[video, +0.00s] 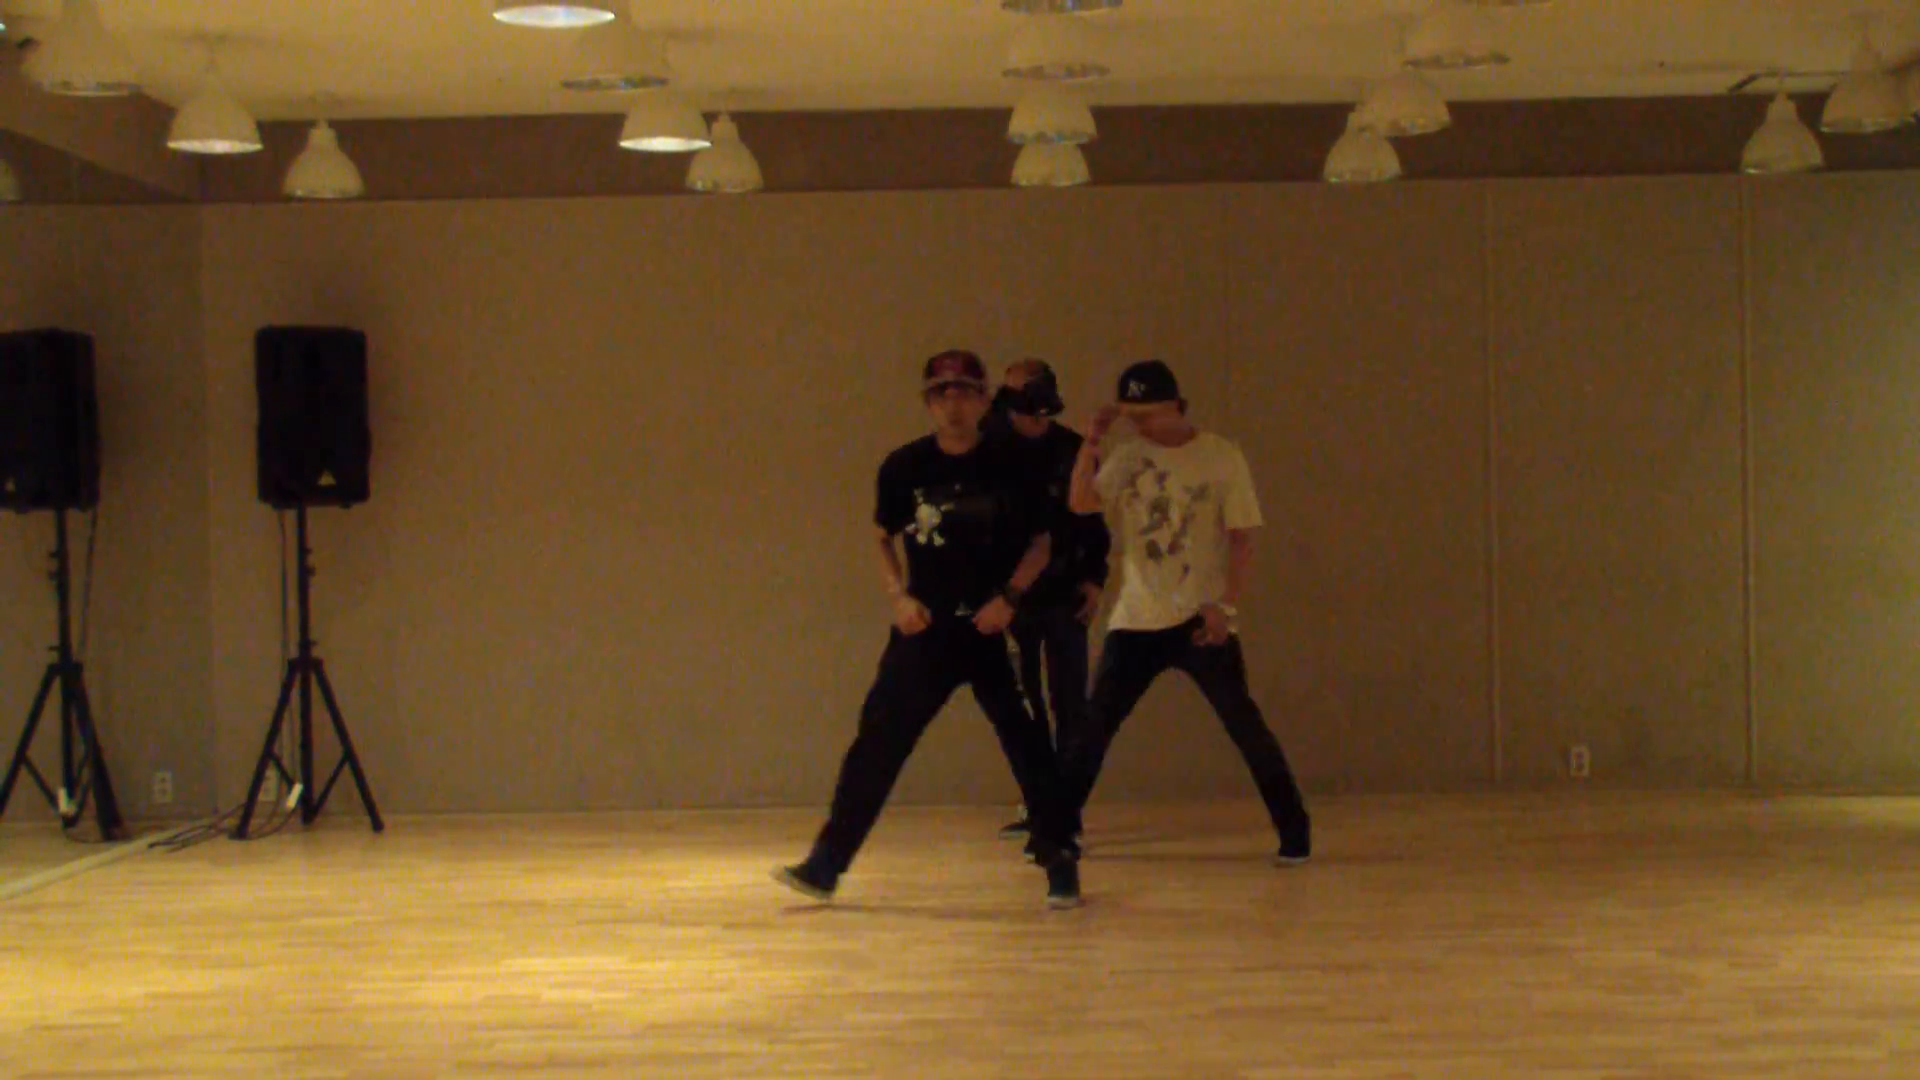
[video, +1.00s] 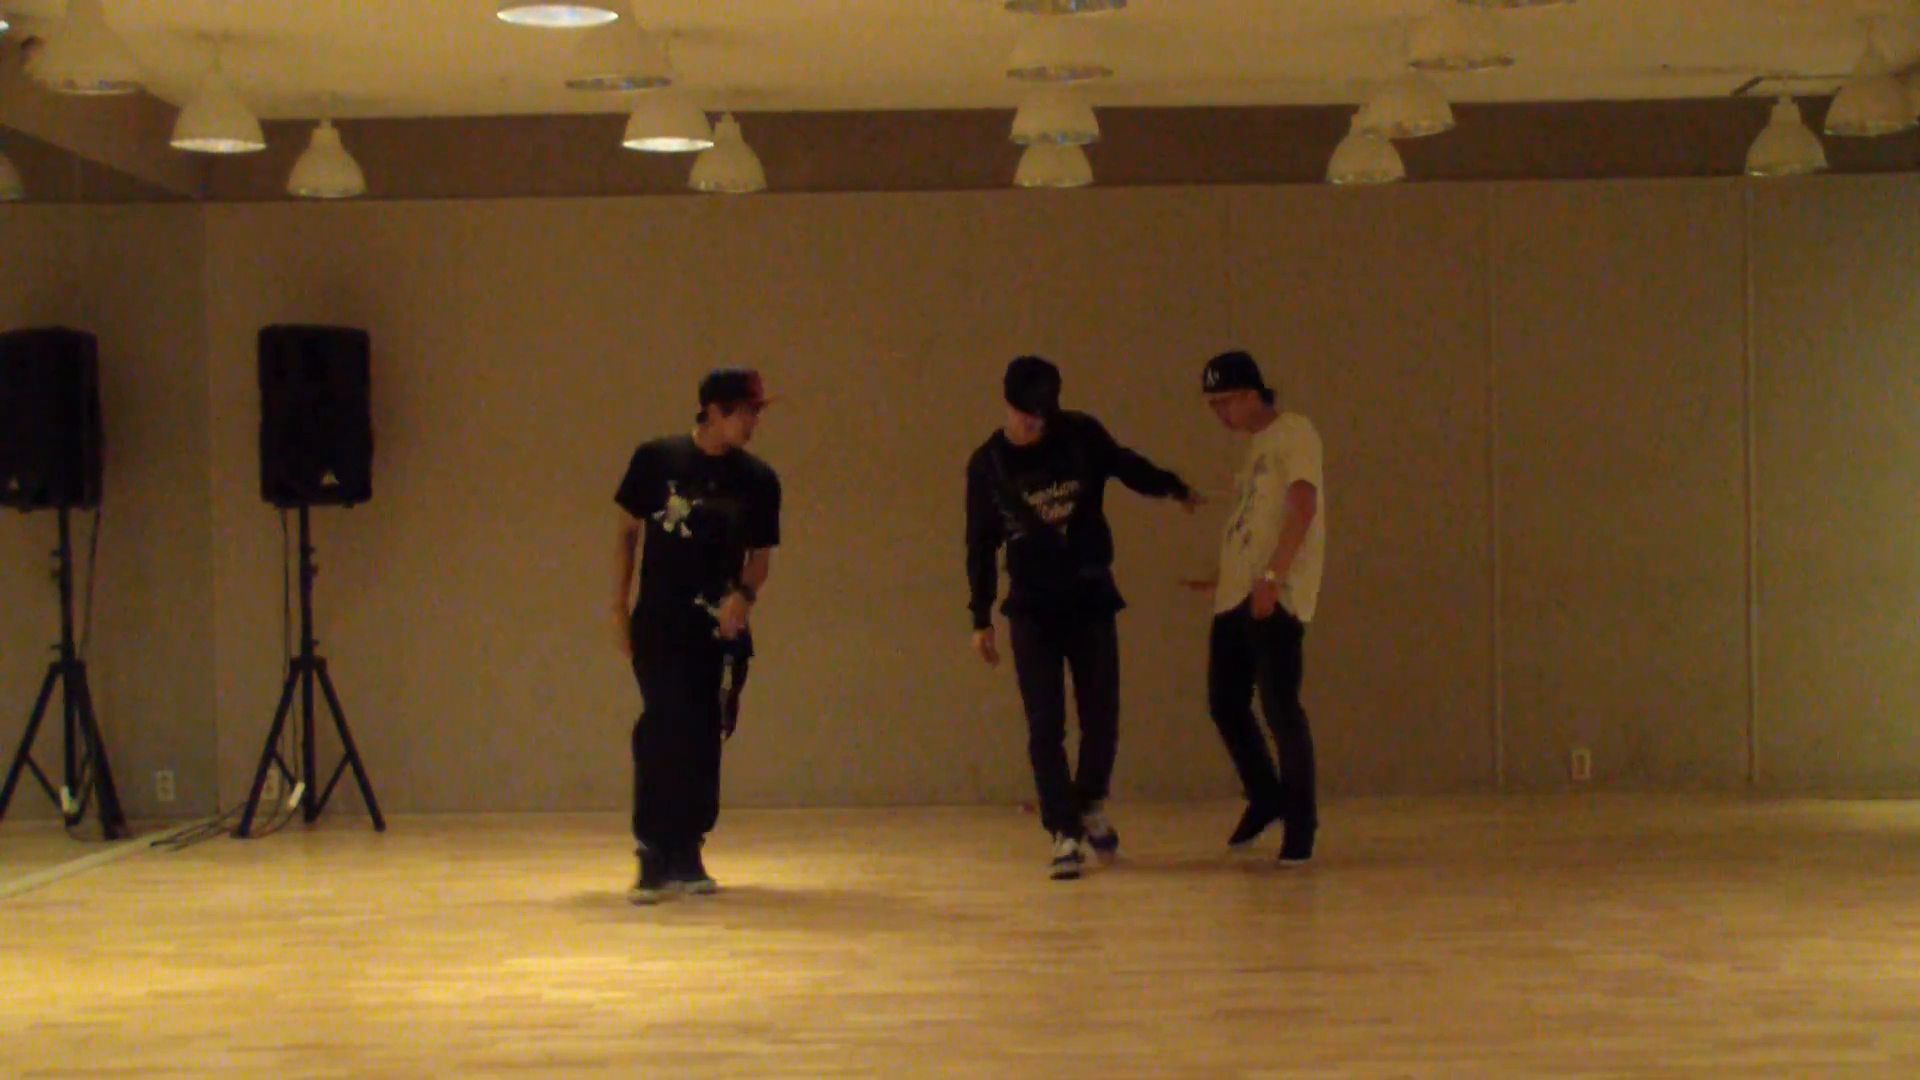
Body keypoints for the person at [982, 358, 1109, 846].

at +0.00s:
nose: (1036, 419)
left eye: (1043, 407)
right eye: (1025, 409)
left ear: (1054, 403)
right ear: (1006, 405)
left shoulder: (1073, 449)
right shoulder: (989, 450)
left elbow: (1094, 523)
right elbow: (973, 525)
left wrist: (1095, 579)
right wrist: (990, 586)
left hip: (1065, 590)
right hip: (1010, 592)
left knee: (1070, 701)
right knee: (1024, 703)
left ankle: (1067, 812)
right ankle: (1037, 805)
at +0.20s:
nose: (1059, 408)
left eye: (1070, 400)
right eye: (1051, 399)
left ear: (1082, 406)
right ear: (1034, 403)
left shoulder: (1093, 456)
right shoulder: (1010, 442)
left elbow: (1103, 532)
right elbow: (1004, 463)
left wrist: (1100, 590)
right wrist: (1039, 411)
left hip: (1072, 597)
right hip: (1017, 593)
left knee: (1074, 708)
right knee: (1010, 703)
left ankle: (1072, 803)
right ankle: (1033, 785)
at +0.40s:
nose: (1054, 394)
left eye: (1060, 386)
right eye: (1044, 386)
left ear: (1075, 394)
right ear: (1029, 397)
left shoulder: (1100, 446)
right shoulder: (1014, 443)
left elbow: (1118, 508)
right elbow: (1005, 474)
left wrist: (1122, 538)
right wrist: (1031, 409)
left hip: (1079, 595)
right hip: (1024, 592)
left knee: (1078, 709)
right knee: (1021, 705)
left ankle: (1070, 813)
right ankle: (1025, 811)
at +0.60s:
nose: (1027, 422)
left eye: (1036, 415)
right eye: (1029, 412)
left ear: (1059, 414)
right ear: (1026, 409)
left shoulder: (1100, 446)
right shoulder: (1008, 453)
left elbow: (1145, 479)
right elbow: (977, 521)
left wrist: (1203, 479)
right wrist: (1006, 475)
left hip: (1083, 599)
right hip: (1028, 599)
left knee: (1078, 711)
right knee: (1033, 705)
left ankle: (1070, 815)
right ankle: (1042, 809)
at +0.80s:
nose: (1045, 436)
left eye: (1052, 426)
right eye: (1036, 427)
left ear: (1062, 412)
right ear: (1017, 417)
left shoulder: (1095, 446)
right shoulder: (1001, 463)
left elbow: (1158, 475)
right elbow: (987, 520)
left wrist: (1225, 480)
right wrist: (981, 569)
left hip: (1089, 604)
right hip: (1033, 606)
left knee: (1082, 715)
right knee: (1045, 714)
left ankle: (1070, 814)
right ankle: (1062, 831)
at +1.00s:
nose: (1033, 426)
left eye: (1042, 416)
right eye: (1025, 415)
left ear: (1054, 409)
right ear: (1006, 406)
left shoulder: (1081, 435)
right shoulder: (988, 464)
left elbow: (1131, 469)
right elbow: (980, 543)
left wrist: (1176, 489)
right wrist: (982, 619)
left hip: (1090, 600)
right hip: (1032, 606)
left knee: (1101, 716)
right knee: (1046, 724)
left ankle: (1090, 805)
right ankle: (1064, 833)